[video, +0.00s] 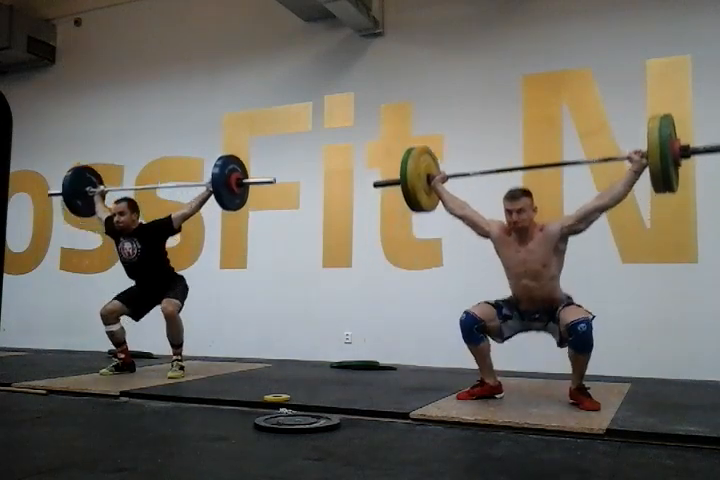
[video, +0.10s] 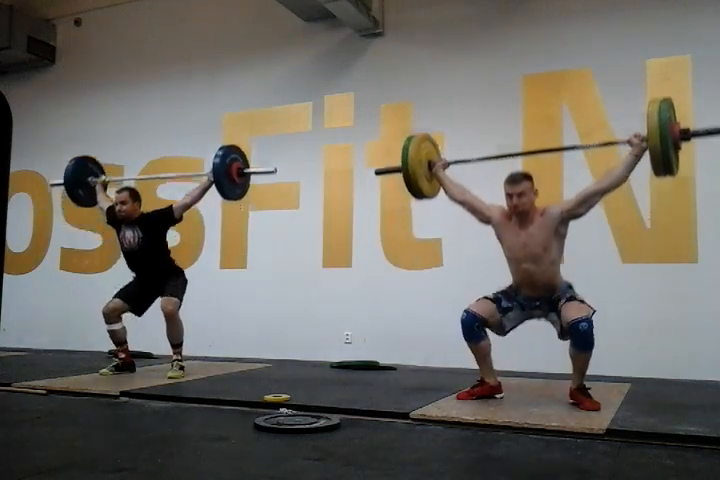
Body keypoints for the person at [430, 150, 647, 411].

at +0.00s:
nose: (515, 218)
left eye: (521, 212)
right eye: (510, 213)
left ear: (534, 210)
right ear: (505, 214)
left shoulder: (556, 232)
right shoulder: (497, 234)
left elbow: (600, 204)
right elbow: (464, 212)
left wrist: (635, 171)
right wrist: (438, 188)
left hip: (555, 310)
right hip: (516, 310)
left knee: (582, 327)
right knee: (470, 321)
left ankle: (577, 389)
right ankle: (489, 383)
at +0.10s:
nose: (515, 201)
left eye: (521, 195)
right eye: (509, 196)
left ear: (534, 194)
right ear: (505, 197)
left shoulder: (556, 217)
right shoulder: (498, 219)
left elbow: (600, 188)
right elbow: (463, 198)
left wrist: (636, 154)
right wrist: (440, 172)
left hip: (556, 296)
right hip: (518, 296)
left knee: (583, 327)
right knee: (470, 319)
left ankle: (578, 388)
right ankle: (489, 383)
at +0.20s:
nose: (516, 185)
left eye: (522, 179)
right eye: (511, 180)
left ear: (535, 178)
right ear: (506, 182)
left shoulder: (557, 200)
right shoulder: (499, 204)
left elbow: (602, 171)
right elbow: (463, 181)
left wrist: (635, 137)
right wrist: (440, 157)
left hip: (557, 284)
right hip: (519, 284)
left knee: (584, 325)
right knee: (472, 318)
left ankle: (578, 388)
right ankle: (489, 382)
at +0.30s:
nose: (518, 167)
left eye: (523, 161)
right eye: (513, 162)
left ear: (536, 160)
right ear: (507, 164)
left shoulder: (557, 183)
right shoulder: (500, 188)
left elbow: (604, 154)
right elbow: (464, 166)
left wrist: (635, 118)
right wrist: (440, 141)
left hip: (556, 270)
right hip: (520, 271)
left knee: (582, 323)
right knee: (473, 315)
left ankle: (578, 388)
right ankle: (489, 382)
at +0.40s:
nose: (521, 146)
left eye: (526, 140)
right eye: (516, 142)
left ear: (538, 141)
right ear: (509, 144)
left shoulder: (558, 164)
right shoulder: (501, 168)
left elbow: (604, 134)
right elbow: (465, 149)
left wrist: (634, 101)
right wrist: (442, 125)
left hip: (556, 255)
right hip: (520, 256)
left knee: (577, 315)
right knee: (481, 307)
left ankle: (579, 387)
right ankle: (489, 381)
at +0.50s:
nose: (520, 122)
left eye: (525, 116)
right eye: (515, 118)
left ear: (537, 117)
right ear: (508, 121)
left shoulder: (558, 143)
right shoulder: (501, 148)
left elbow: (607, 115)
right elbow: (464, 132)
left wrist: (634, 82)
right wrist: (442, 106)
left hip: (556, 237)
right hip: (519, 239)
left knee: (569, 307)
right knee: (499, 303)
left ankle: (577, 383)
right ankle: (493, 380)